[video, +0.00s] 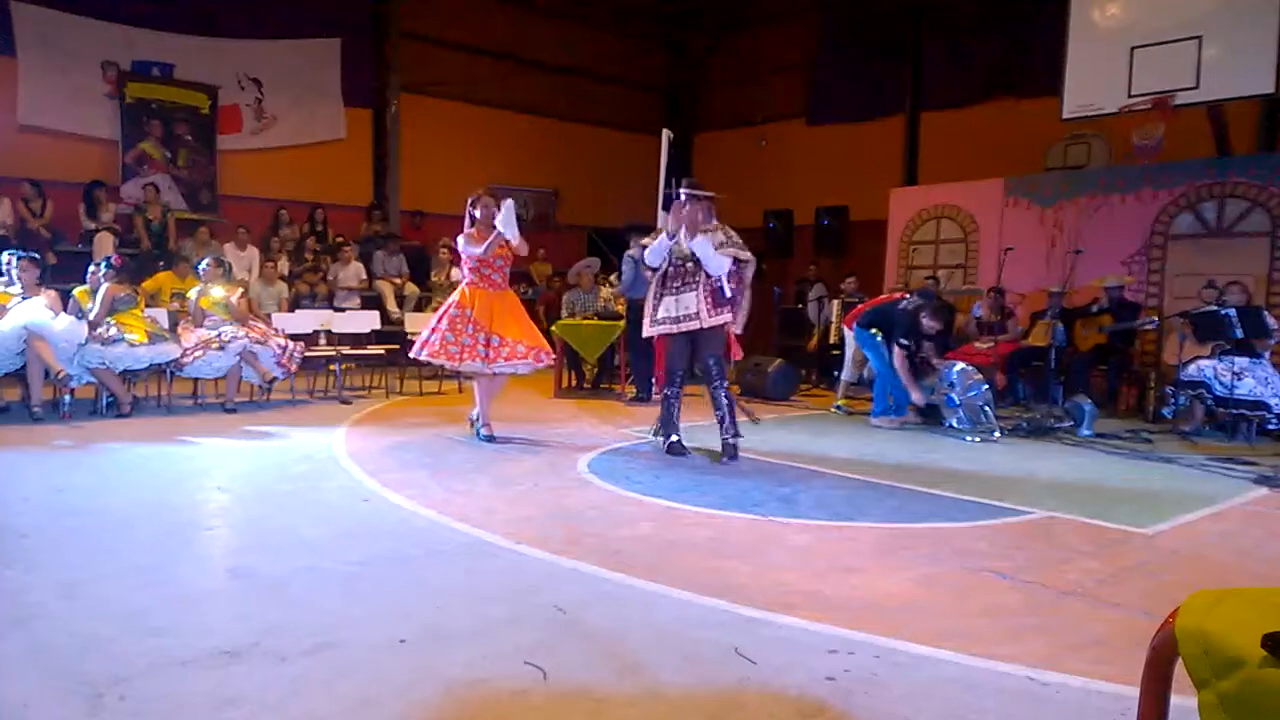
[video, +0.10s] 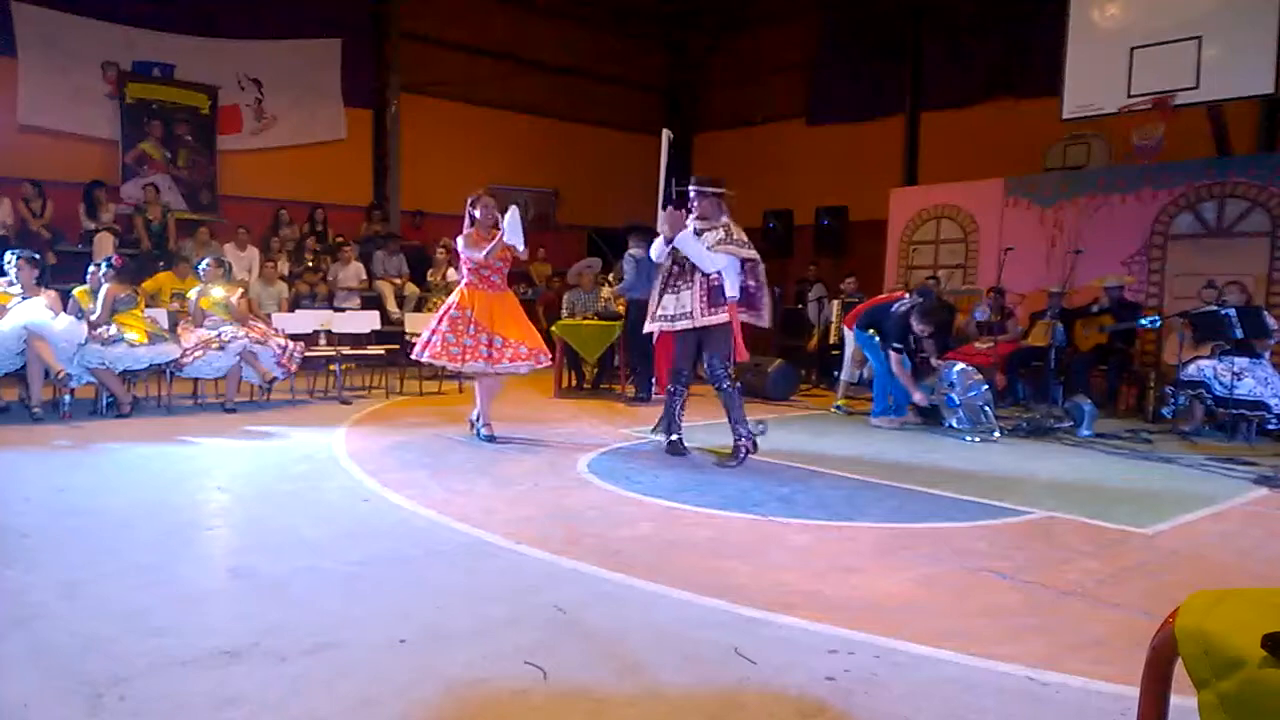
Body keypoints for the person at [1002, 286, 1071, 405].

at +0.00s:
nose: (1053, 301)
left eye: (1057, 298)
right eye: (1051, 297)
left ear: (1062, 298)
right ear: (1047, 298)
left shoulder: (1067, 315)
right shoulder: (1037, 316)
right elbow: (1027, 336)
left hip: (1057, 348)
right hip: (1037, 348)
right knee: (1013, 358)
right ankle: (1013, 396)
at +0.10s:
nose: (1053, 301)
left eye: (1056, 298)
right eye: (1051, 297)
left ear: (1062, 299)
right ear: (1047, 299)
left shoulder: (1067, 315)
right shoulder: (1037, 316)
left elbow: (1068, 341)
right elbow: (1027, 336)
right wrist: (1027, 342)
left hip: (1056, 349)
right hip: (1037, 348)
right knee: (1013, 358)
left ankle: (1045, 397)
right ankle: (1013, 395)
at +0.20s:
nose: (1054, 301)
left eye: (1058, 298)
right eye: (1052, 297)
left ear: (1062, 299)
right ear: (1047, 298)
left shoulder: (1068, 314)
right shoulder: (1036, 316)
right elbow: (1027, 335)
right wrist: (1025, 342)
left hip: (1056, 349)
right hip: (1036, 348)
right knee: (1013, 358)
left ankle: (1047, 397)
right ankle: (1013, 395)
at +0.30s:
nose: (1055, 301)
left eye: (1058, 298)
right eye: (1052, 297)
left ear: (1062, 299)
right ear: (1048, 298)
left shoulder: (1068, 314)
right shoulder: (1036, 316)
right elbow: (1027, 335)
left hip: (1056, 349)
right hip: (1036, 348)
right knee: (1013, 358)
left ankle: (1047, 398)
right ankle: (1013, 395)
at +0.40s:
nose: (1055, 301)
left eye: (1058, 298)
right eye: (1052, 297)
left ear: (1062, 299)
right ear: (1048, 299)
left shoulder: (1068, 315)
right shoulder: (1036, 316)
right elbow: (1027, 335)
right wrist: (1024, 342)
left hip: (1055, 348)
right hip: (1036, 348)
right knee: (1013, 358)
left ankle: (1048, 398)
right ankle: (1013, 395)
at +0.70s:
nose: (1055, 301)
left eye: (1058, 298)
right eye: (1052, 297)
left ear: (1062, 299)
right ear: (1048, 299)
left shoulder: (1067, 315)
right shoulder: (1036, 316)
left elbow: (1069, 340)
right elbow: (1027, 336)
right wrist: (1025, 342)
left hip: (1054, 349)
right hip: (1035, 348)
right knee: (1013, 358)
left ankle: (1046, 397)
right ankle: (1013, 395)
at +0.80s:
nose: (1055, 301)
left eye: (1058, 297)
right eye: (1052, 297)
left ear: (1062, 298)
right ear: (1048, 298)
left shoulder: (1067, 314)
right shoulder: (1036, 316)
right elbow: (1027, 334)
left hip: (1055, 349)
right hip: (1036, 348)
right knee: (1013, 358)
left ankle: (1046, 398)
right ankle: (1013, 395)